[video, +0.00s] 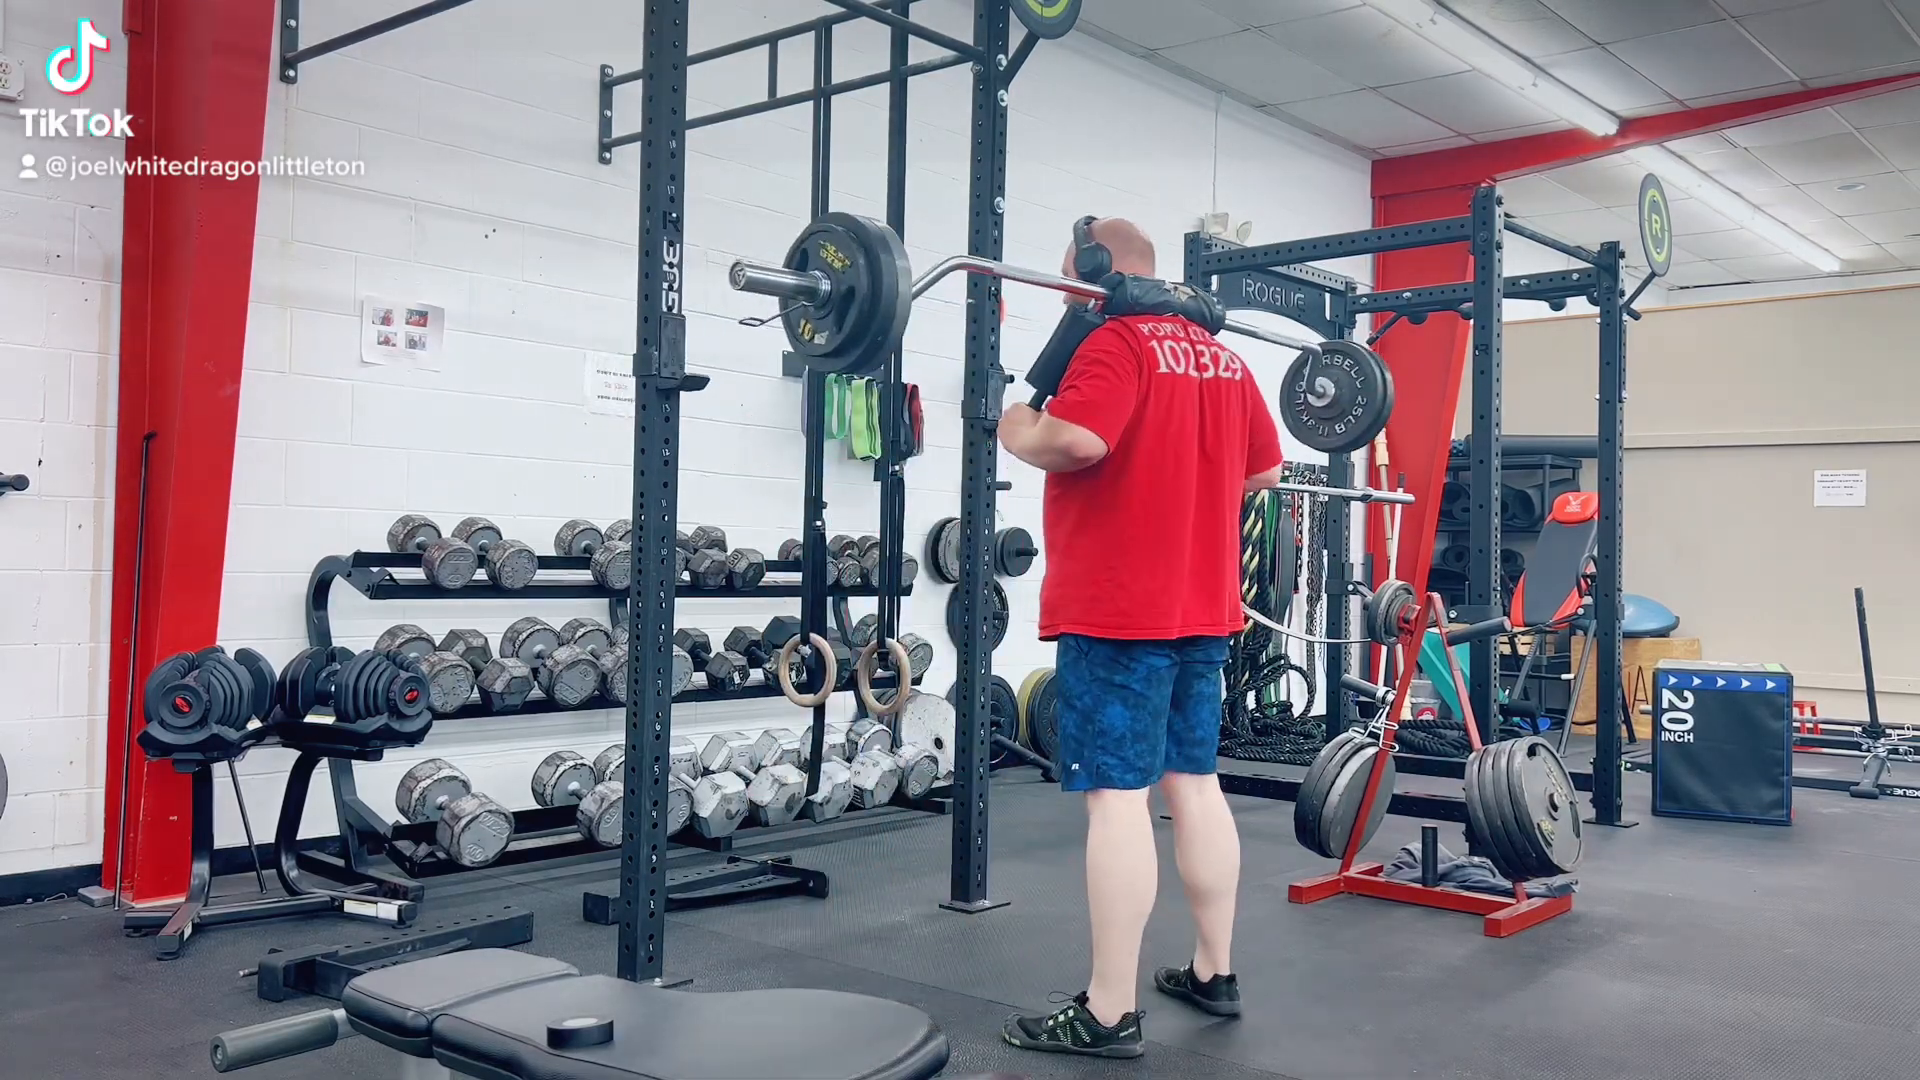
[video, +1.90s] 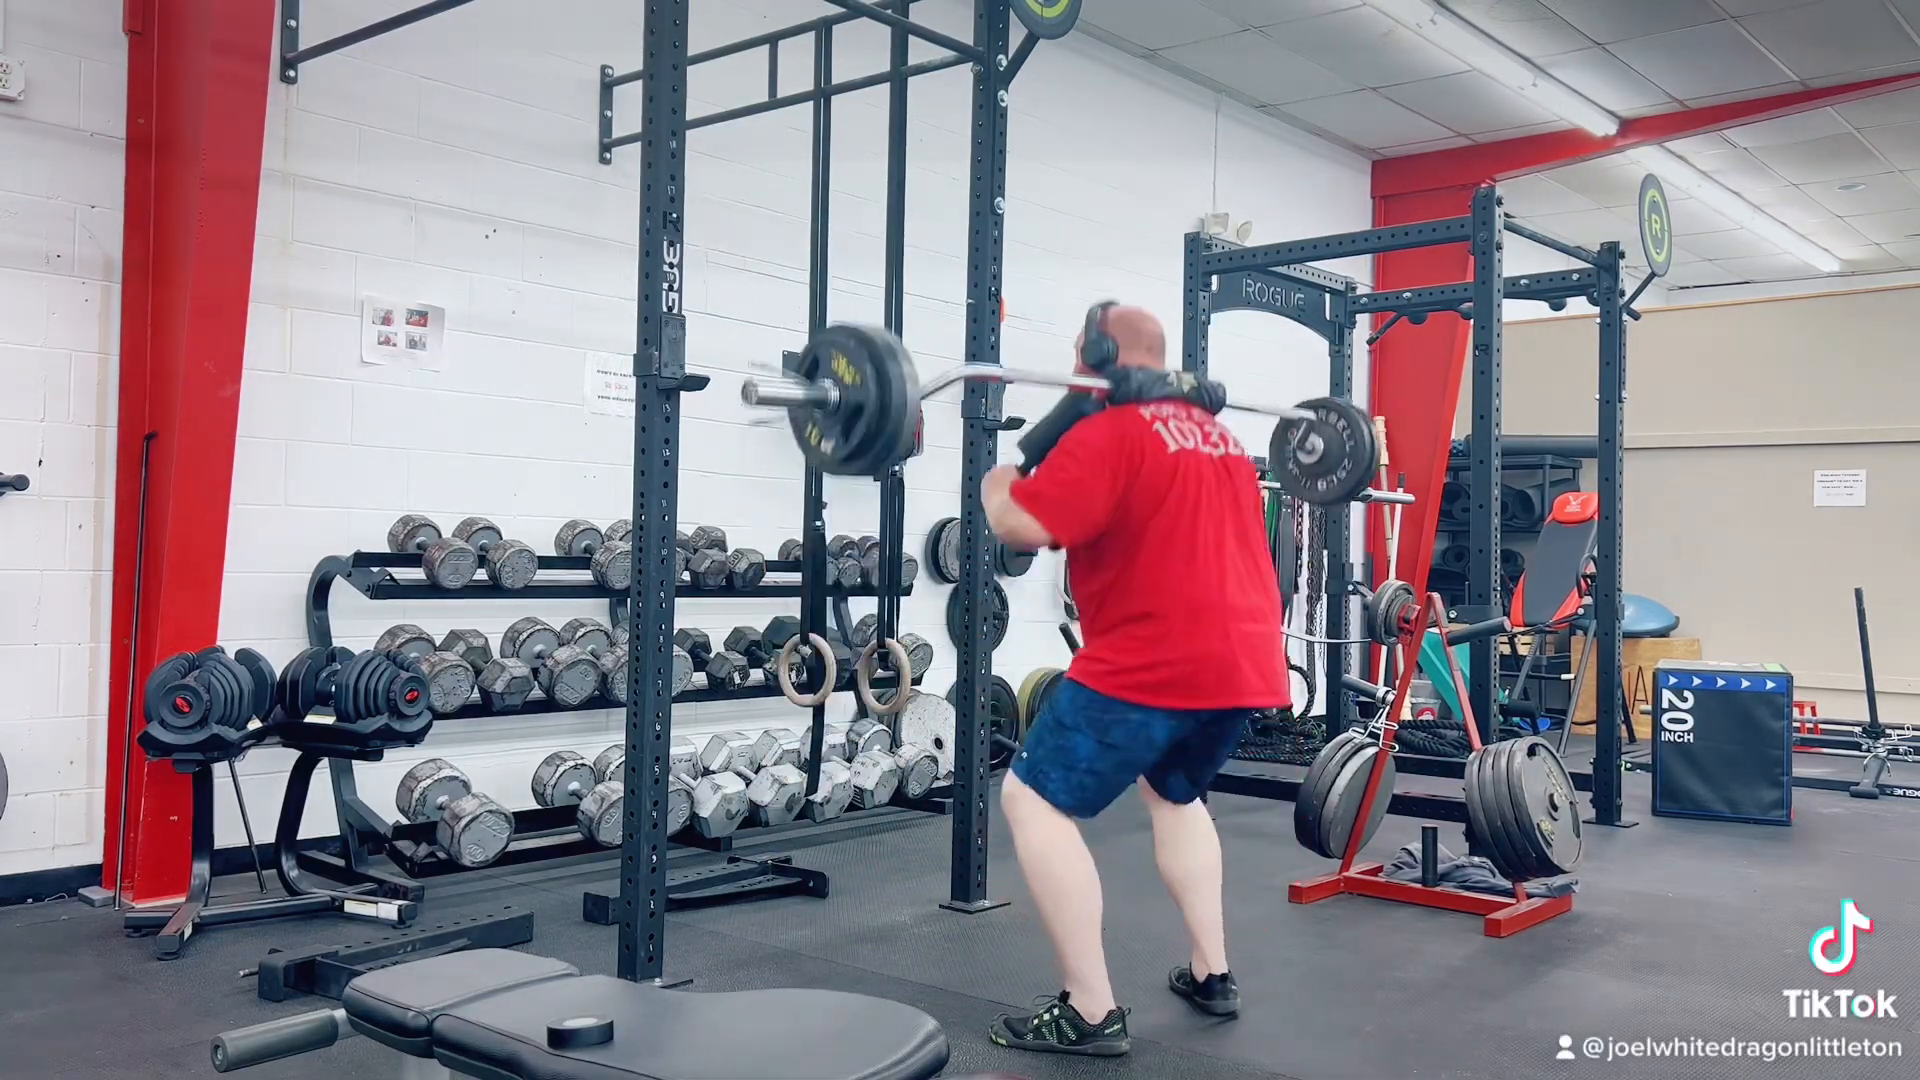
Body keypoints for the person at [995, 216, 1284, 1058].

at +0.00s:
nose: (1068, 291)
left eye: (1070, 278)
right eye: (1069, 277)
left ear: (1088, 278)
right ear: (1153, 271)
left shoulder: (1114, 341)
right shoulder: (1220, 353)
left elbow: (1083, 441)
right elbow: (1263, 466)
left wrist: (1021, 429)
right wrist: (1183, 493)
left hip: (1120, 604)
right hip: (1207, 603)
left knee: (1116, 795)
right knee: (1194, 781)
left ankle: (1109, 1008)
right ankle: (1216, 974)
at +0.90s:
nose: (1096, 281)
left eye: (1102, 268)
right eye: (1102, 267)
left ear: (1123, 276)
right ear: (1188, 280)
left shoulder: (1126, 352)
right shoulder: (1239, 364)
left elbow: (1054, 452)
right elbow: (1256, 480)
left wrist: (1017, 413)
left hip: (1127, 615)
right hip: (1220, 615)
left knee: (1100, 794)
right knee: (1194, 784)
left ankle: (1094, 1008)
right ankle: (1215, 972)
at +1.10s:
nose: (1078, 358)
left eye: (1083, 345)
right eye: (1082, 344)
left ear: (1103, 352)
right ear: (1167, 352)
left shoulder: (1112, 429)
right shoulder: (1223, 430)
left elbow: (1015, 526)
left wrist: (994, 471)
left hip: (1142, 667)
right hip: (1243, 669)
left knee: (1034, 799)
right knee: (1176, 792)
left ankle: (1091, 1007)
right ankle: (1215, 974)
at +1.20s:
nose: (1067, 436)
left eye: (1072, 422)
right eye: (1070, 423)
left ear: (1092, 429)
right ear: (1158, 430)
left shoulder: (1108, 504)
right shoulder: (1212, 497)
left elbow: (1006, 597)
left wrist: (990, 540)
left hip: (1160, 728)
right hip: (1261, 730)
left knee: (1014, 810)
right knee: (1172, 808)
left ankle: (1090, 1009)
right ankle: (1214, 975)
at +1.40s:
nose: (1066, 560)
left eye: (1069, 549)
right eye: (1071, 548)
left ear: (1082, 556)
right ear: (1149, 555)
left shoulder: (1101, 627)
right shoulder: (1201, 612)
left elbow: (995, 723)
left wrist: (978, 660)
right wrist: (1075, 615)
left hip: (1190, 845)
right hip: (1274, 843)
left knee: (988, 820)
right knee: (1156, 784)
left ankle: (1088, 1009)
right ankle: (1211, 973)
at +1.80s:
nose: (1064, 451)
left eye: (1067, 440)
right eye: (1067, 440)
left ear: (1084, 445)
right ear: (1153, 442)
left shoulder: (1104, 513)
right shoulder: (1211, 508)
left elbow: (1014, 611)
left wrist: (987, 562)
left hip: (1162, 730)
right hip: (1265, 730)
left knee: (1011, 807)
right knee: (1166, 806)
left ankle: (1089, 1009)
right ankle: (1212, 974)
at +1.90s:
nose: (1073, 374)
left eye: (1077, 362)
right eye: (1075, 362)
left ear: (1096, 364)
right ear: (1162, 360)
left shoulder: (1112, 429)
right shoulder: (1218, 433)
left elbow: (1021, 526)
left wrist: (996, 481)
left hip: (1151, 658)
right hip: (1249, 660)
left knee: (1033, 795)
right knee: (1175, 788)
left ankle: (1089, 1007)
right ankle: (1212, 973)